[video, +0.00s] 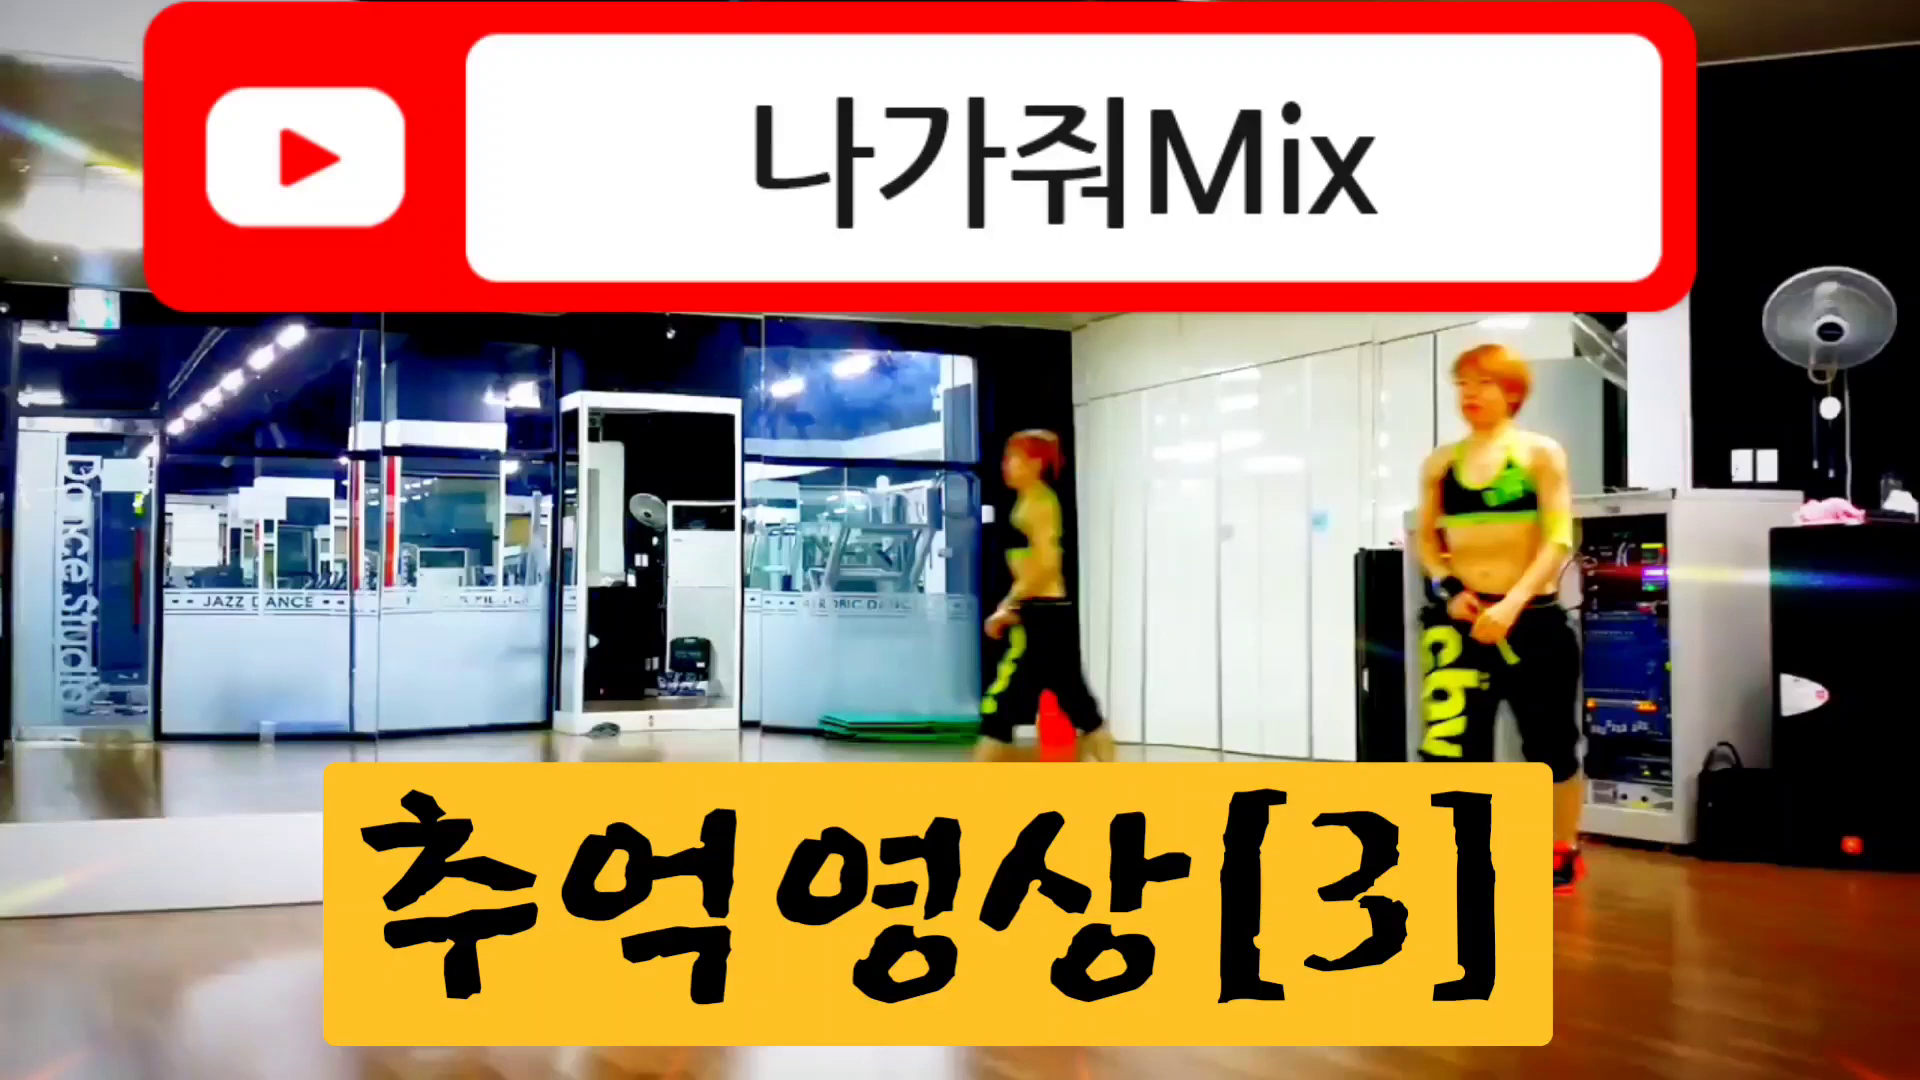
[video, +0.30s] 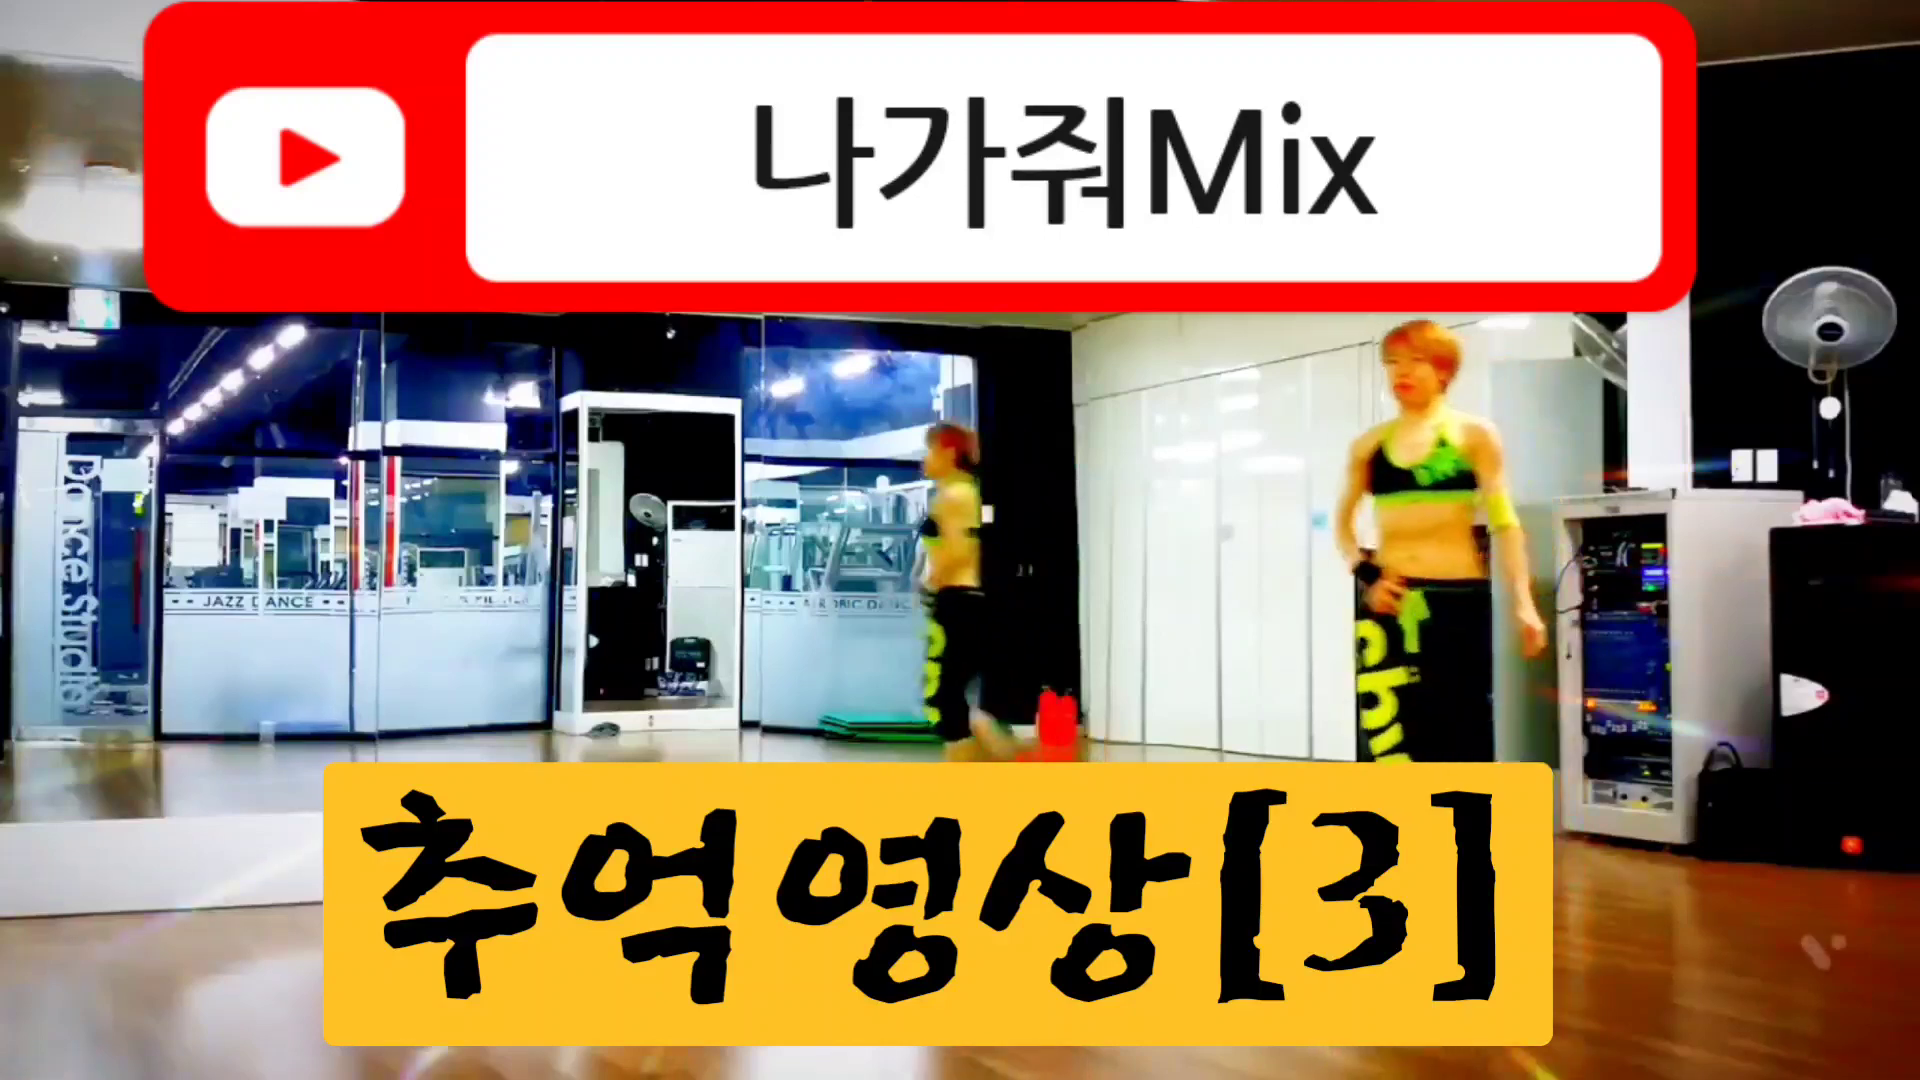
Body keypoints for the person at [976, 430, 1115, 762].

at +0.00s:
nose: (1007, 465)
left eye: (1015, 458)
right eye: (1008, 458)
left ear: (1036, 464)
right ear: (1025, 465)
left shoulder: (1038, 503)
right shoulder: (1029, 501)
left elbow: (1043, 564)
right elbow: (1035, 564)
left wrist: (1009, 604)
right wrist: (1008, 605)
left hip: (1041, 610)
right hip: (1050, 608)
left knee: (998, 706)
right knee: (1075, 696)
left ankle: (977, 788)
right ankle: (1113, 780)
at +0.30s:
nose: (925, 458)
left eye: (931, 451)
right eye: (928, 451)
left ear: (949, 454)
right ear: (951, 454)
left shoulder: (954, 495)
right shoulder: (963, 491)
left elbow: (957, 548)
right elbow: (963, 547)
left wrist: (934, 577)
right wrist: (937, 570)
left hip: (955, 597)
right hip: (970, 595)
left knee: (943, 693)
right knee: (956, 690)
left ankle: (964, 766)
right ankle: (1007, 754)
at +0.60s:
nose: (828, 467)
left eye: (834, 459)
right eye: (829, 460)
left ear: (855, 462)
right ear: (856, 463)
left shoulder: (856, 501)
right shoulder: (866, 501)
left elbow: (857, 552)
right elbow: (881, 562)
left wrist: (834, 587)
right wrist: (888, 611)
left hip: (858, 612)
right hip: (858, 610)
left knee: (886, 704)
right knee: (818, 706)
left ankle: (940, 768)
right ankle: (792, 774)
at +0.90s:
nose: (729, 457)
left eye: (738, 449)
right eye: (723, 450)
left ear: (755, 452)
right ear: (717, 456)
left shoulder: (765, 497)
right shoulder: (719, 497)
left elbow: (802, 551)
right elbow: (715, 559)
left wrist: (780, 598)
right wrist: (674, 599)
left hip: (749, 602)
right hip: (726, 602)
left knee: (697, 694)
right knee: (746, 699)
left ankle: (703, 772)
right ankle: (771, 776)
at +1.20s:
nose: (668, 457)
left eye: (676, 450)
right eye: (659, 450)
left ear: (686, 455)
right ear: (647, 456)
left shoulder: (699, 503)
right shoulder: (630, 498)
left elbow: (720, 556)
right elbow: (611, 556)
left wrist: (715, 602)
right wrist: (595, 596)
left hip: (674, 608)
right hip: (627, 607)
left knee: (649, 715)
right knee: (606, 701)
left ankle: (649, 784)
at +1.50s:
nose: (617, 452)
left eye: (623, 444)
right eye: (608, 446)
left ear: (633, 450)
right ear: (594, 453)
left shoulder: (647, 501)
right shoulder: (573, 496)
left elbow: (657, 558)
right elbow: (558, 556)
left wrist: (664, 607)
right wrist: (549, 610)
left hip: (633, 606)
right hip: (582, 606)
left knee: (627, 706)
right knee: (567, 705)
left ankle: (613, 780)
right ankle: (559, 778)